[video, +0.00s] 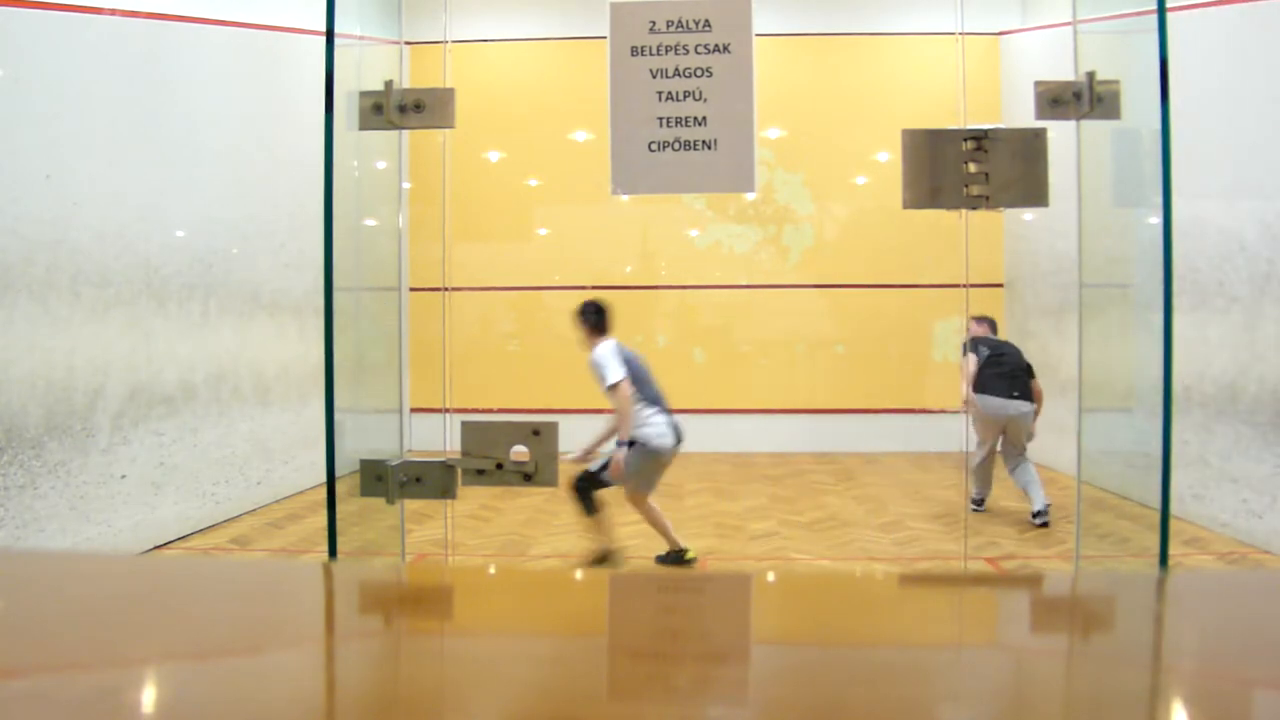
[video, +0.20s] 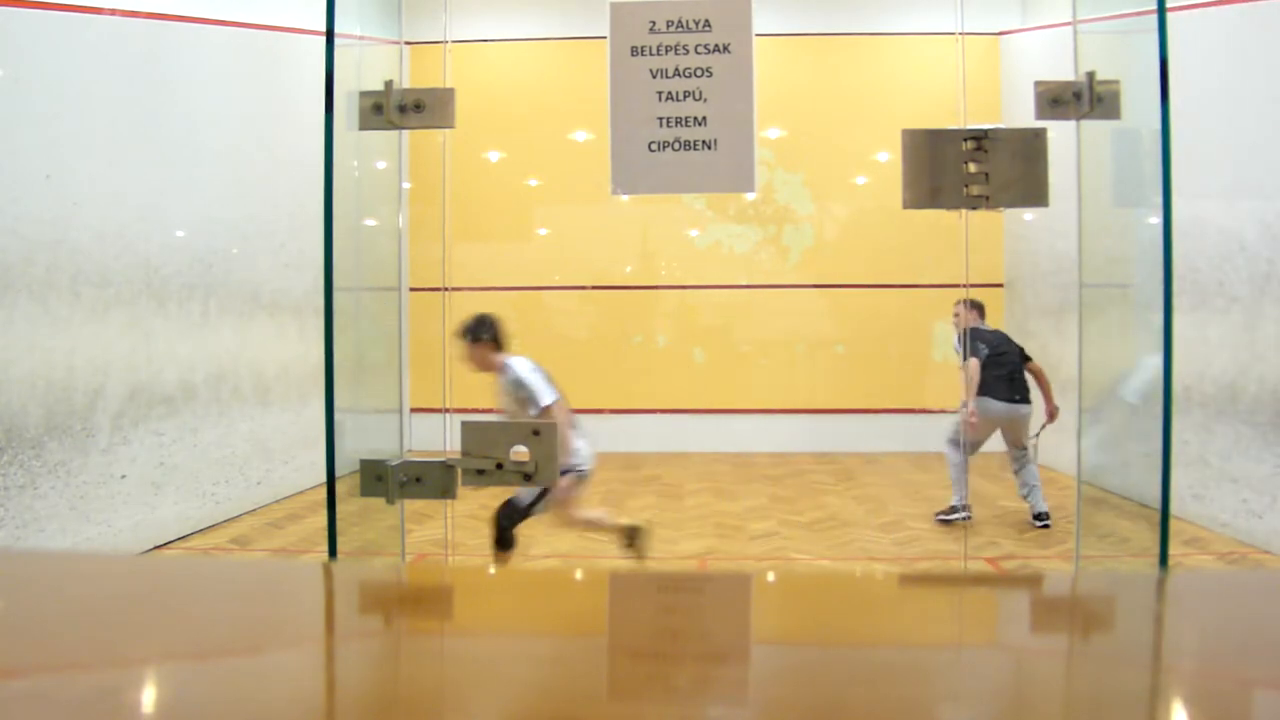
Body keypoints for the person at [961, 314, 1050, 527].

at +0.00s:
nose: (968, 332)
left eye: (971, 328)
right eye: (969, 328)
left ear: (982, 327)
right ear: (993, 330)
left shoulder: (974, 343)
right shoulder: (1014, 350)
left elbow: (972, 363)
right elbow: (1036, 390)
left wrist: (967, 393)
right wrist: (1032, 420)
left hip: (988, 401)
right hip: (1023, 406)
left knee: (984, 449)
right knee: (1016, 455)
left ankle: (979, 496)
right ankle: (1040, 505)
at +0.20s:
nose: (955, 321)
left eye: (957, 315)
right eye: (954, 316)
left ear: (973, 314)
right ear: (980, 317)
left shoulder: (969, 335)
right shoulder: (1004, 337)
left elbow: (974, 363)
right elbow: (1036, 370)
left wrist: (970, 403)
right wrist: (1050, 403)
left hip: (989, 403)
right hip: (1020, 407)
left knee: (957, 445)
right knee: (1021, 456)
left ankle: (959, 503)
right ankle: (1039, 509)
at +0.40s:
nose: (925, 303)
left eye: (929, 297)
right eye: (925, 297)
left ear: (947, 298)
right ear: (949, 300)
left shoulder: (940, 324)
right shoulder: (977, 325)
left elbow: (940, 365)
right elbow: (1009, 355)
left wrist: (927, 408)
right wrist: (1027, 389)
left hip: (956, 407)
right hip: (989, 409)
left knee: (922, 461)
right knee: (1002, 455)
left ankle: (930, 525)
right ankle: (1036, 509)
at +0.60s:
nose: (890, 285)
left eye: (895, 280)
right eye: (891, 280)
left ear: (915, 284)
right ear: (914, 285)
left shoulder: (910, 314)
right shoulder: (936, 313)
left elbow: (890, 364)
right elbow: (958, 353)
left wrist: (864, 405)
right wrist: (974, 383)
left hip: (925, 398)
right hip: (946, 398)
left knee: (902, 467)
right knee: (930, 458)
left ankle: (929, 528)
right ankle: (973, 506)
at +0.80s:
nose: (854, 277)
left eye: (860, 271)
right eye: (854, 271)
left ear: (878, 275)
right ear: (874, 277)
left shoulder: (875, 306)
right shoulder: (892, 305)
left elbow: (855, 354)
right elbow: (910, 344)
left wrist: (817, 386)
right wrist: (902, 379)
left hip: (892, 397)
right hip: (881, 398)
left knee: (900, 467)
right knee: (848, 451)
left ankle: (929, 526)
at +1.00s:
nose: (811, 282)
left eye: (816, 277)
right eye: (810, 277)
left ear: (835, 280)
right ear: (824, 282)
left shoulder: (834, 312)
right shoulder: (832, 312)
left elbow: (813, 359)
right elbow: (837, 366)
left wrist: (770, 389)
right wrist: (813, 402)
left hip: (842, 411)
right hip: (822, 410)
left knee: (871, 471)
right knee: (791, 458)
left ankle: (921, 518)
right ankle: (780, 528)